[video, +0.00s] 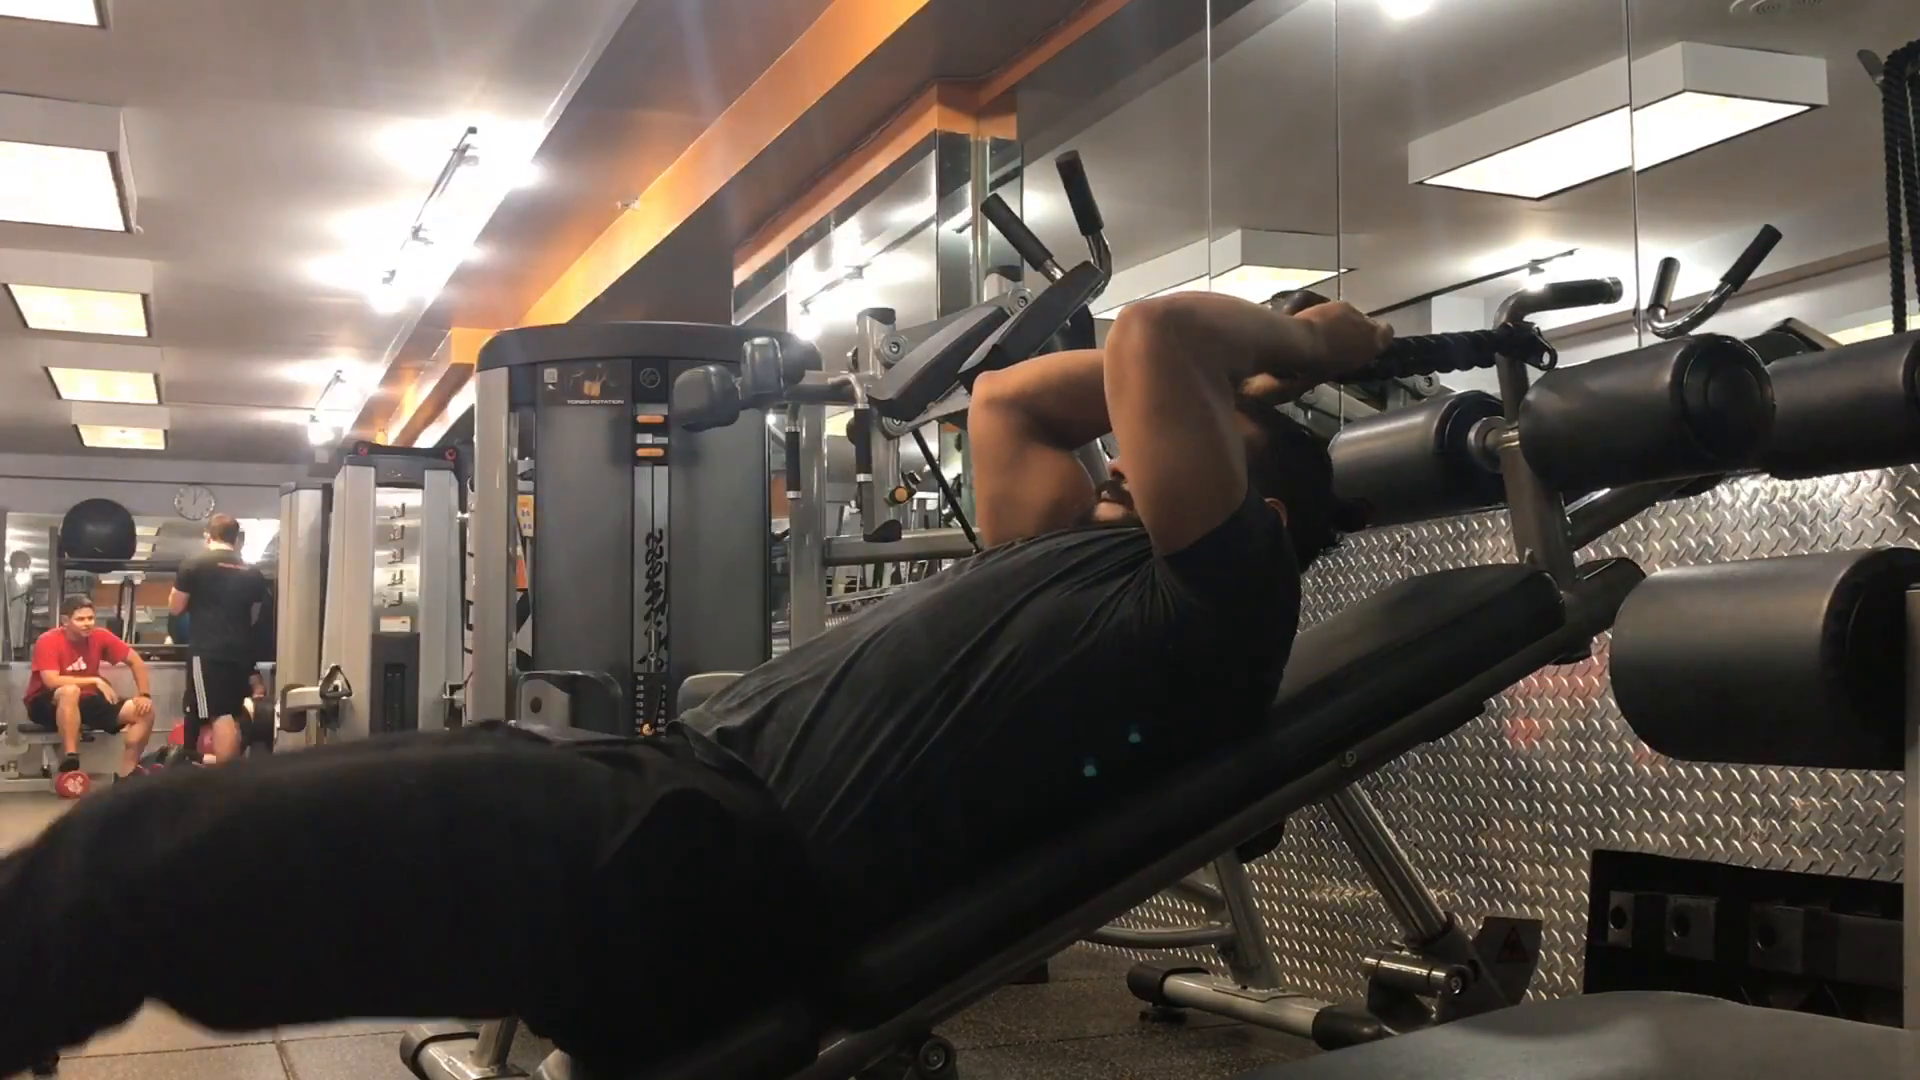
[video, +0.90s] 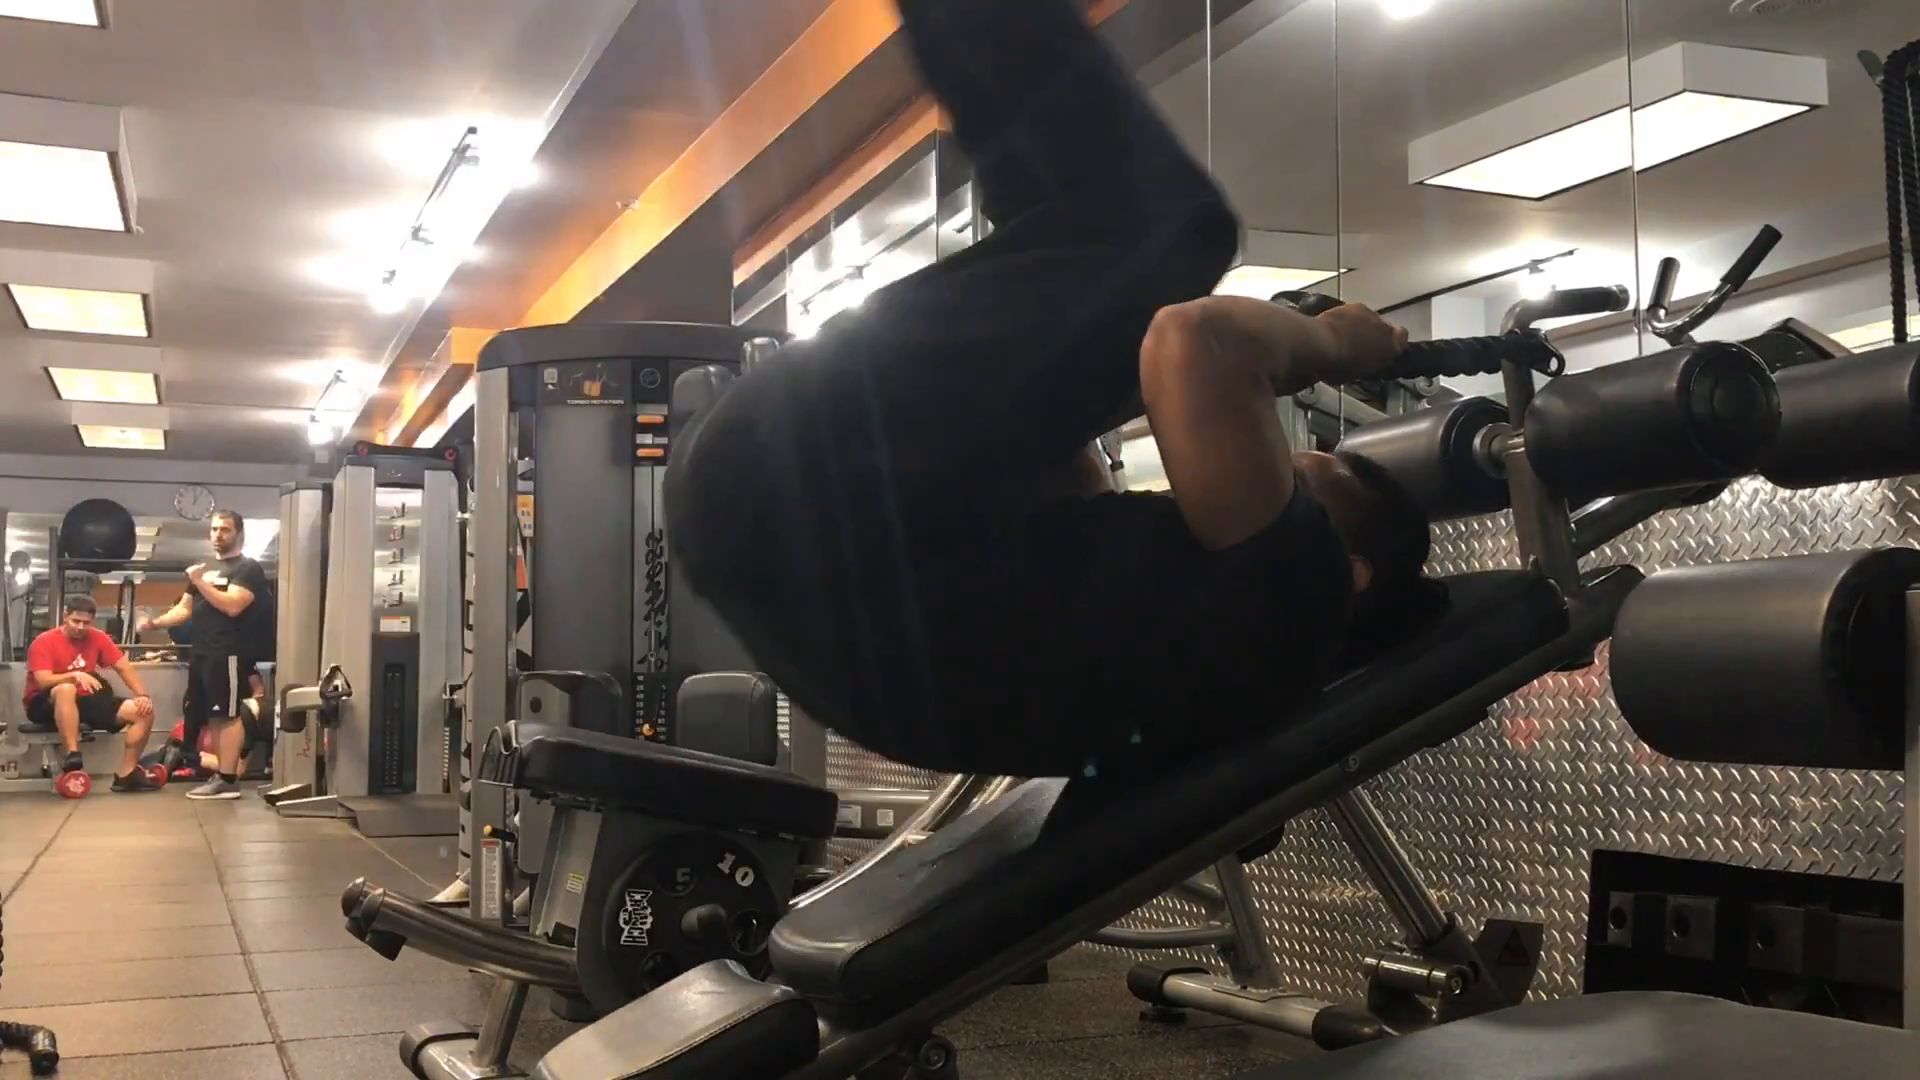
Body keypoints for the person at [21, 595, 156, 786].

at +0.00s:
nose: (87, 624)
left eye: (90, 618)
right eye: (81, 619)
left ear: (94, 618)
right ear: (65, 621)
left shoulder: (100, 636)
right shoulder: (48, 640)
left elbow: (135, 660)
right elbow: (51, 681)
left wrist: (144, 694)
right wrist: (95, 681)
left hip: (87, 702)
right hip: (45, 705)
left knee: (143, 711)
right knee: (70, 691)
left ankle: (127, 775)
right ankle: (71, 757)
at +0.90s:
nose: (81, 628)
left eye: (86, 623)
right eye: (76, 621)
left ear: (92, 621)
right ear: (65, 617)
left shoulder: (99, 639)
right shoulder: (44, 642)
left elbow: (122, 666)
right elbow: (43, 681)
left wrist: (141, 695)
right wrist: (76, 675)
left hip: (84, 702)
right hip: (43, 704)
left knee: (143, 711)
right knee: (66, 688)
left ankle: (127, 774)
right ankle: (73, 754)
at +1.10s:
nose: (82, 624)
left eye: (87, 620)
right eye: (77, 618)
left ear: (93, 620)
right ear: (66, 615)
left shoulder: (94, 643)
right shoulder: (42, 640)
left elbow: (101, 681)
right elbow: (30, 680)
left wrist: (129, 693)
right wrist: (58, 678)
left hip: (84, 702)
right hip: (44, 705)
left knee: (142, 711)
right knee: (69, 688)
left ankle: (126, 774)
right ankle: (74, 755)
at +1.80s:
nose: (82, 626)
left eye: (88, 622)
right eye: (78, 620)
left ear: (93, 622)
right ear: (65, 615)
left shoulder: (92, 644)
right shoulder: (41, 640)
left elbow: (97, 682)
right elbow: (20, 680)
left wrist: (112, 696)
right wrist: (52, 685)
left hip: (83, 703)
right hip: (42, 704)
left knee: (142, 712)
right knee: (72, 691)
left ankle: (127, 774)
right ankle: (75, 752)